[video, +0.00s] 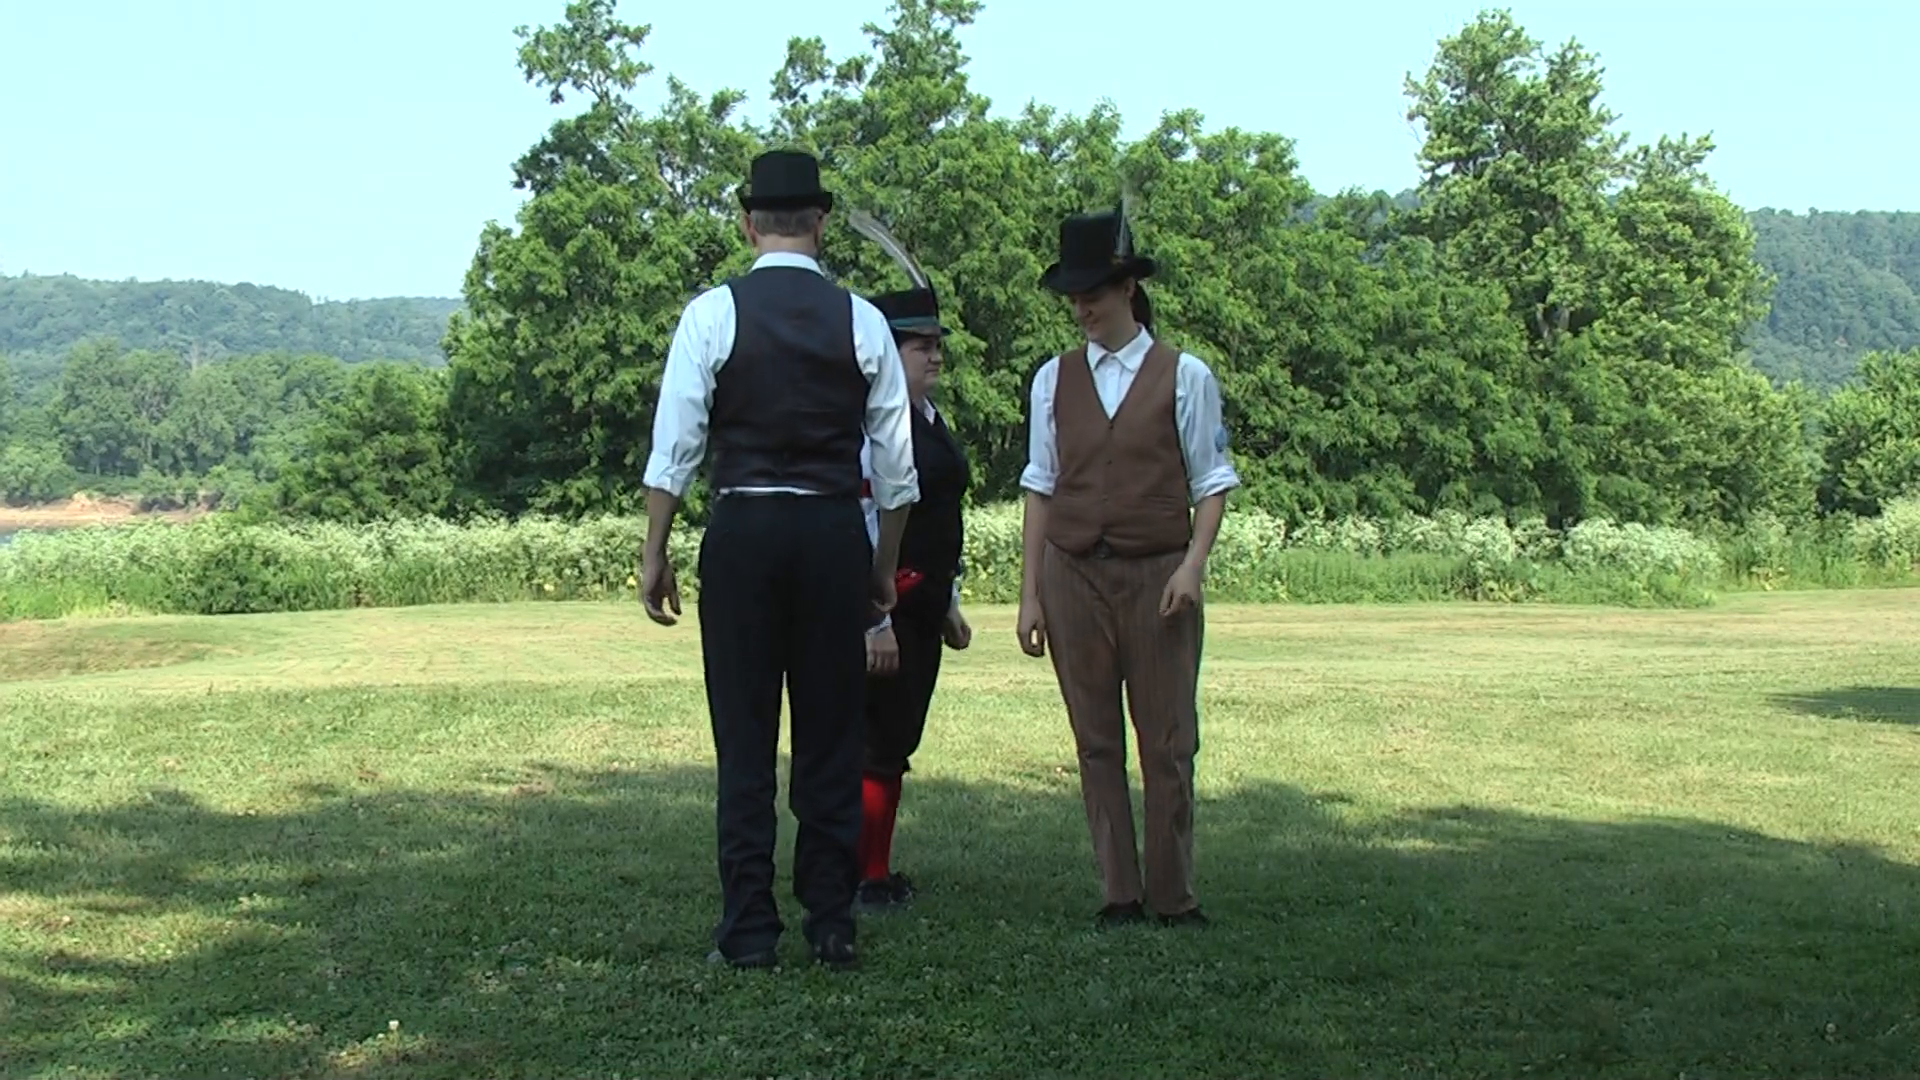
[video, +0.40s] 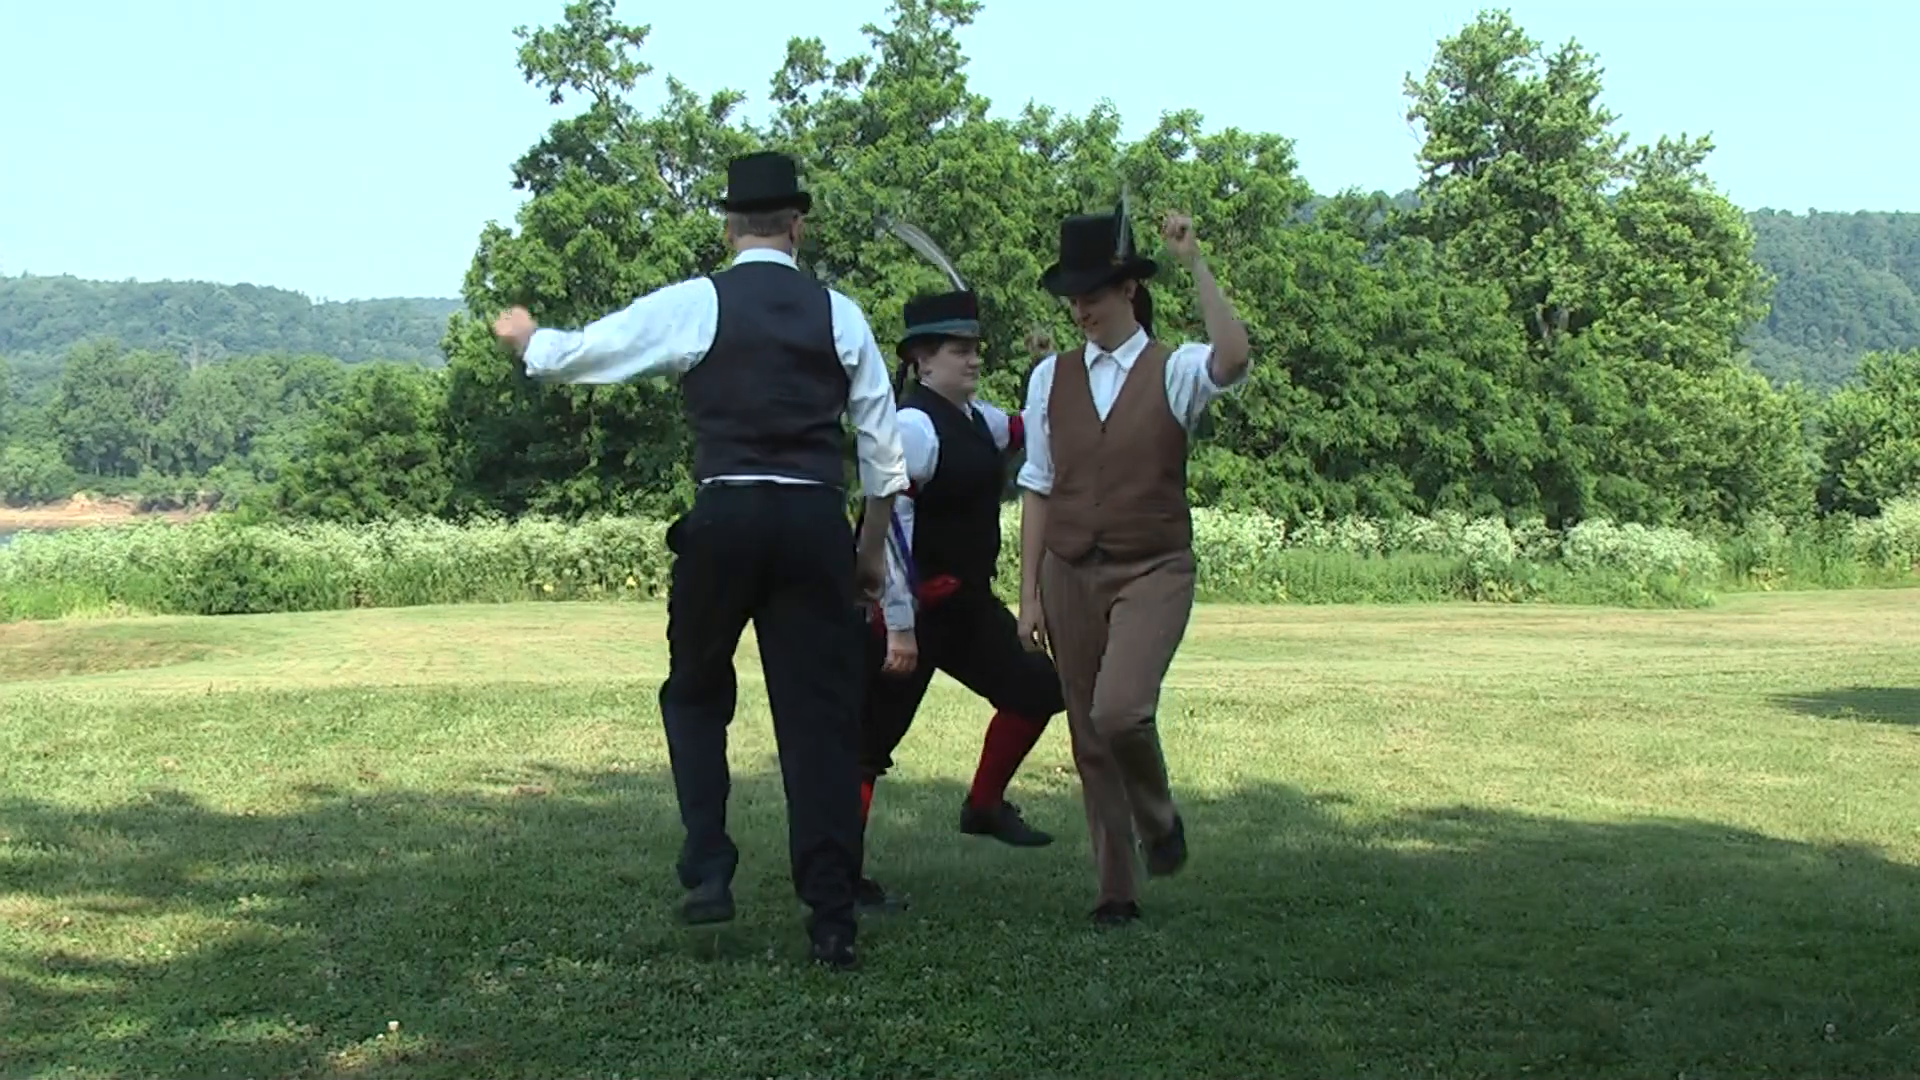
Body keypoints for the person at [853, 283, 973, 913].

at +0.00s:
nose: (934, 355)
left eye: (937, 344)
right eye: (920, 345)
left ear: (939, 353)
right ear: (887, 352)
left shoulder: (931, 419)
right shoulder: (873, 423)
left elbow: (938, 522)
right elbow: (858, 523)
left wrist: (947, 601)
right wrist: (874, 615)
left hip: (924, 606)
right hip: (881, 607)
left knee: (894, 746)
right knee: (878, 747)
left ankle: (877, 872)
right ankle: (867, 877)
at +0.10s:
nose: (939, 357)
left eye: (941, 346)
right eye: (925, 346)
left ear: (940, 354)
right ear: (890, 354)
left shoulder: (931, 423)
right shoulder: (875, 427)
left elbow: (931, 528)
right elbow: (859, 528)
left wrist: (961, 584)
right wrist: (876, 616)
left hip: (930, 610)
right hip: (884, 613)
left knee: (933, 748)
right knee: (886, 750)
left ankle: (887, 864)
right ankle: (865, 872)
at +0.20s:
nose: (946, 360)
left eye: (949, 349)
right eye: (934, 348)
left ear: (946, 356)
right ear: (897, 352)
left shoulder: (932, 420)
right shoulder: (879, 424)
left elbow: (937, 522)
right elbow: (860, 523)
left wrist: (1007, 525)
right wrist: (875, 614)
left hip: (935, 603)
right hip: (887, 606)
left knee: (980, 719)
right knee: (879, 744)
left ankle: (909, 824)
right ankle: (852, 874)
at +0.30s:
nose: (959, 357)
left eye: (960, 347)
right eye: (947, 347)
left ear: (948, 355)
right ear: (909, 354)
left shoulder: (949, 416)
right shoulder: (889, 420)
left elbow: (973, 493)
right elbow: (873, 523)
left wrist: (1032, 452)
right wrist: (882, 619)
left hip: (948, 599)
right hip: (898, 603)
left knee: (1015, 694)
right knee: (872, 744)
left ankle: (948, 800)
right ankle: (845, 873)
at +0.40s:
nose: (975, 361)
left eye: (976, 351)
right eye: (961, 351)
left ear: (972, 363)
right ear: (923, 362)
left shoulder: (985, 421)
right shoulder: (909, 428)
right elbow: (881, 531)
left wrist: (1054, 373)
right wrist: (898, 622)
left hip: (968, 608)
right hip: (910, 612)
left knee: (1036, 688)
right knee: (869, 744)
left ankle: (985, 804)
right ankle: (842, 873)